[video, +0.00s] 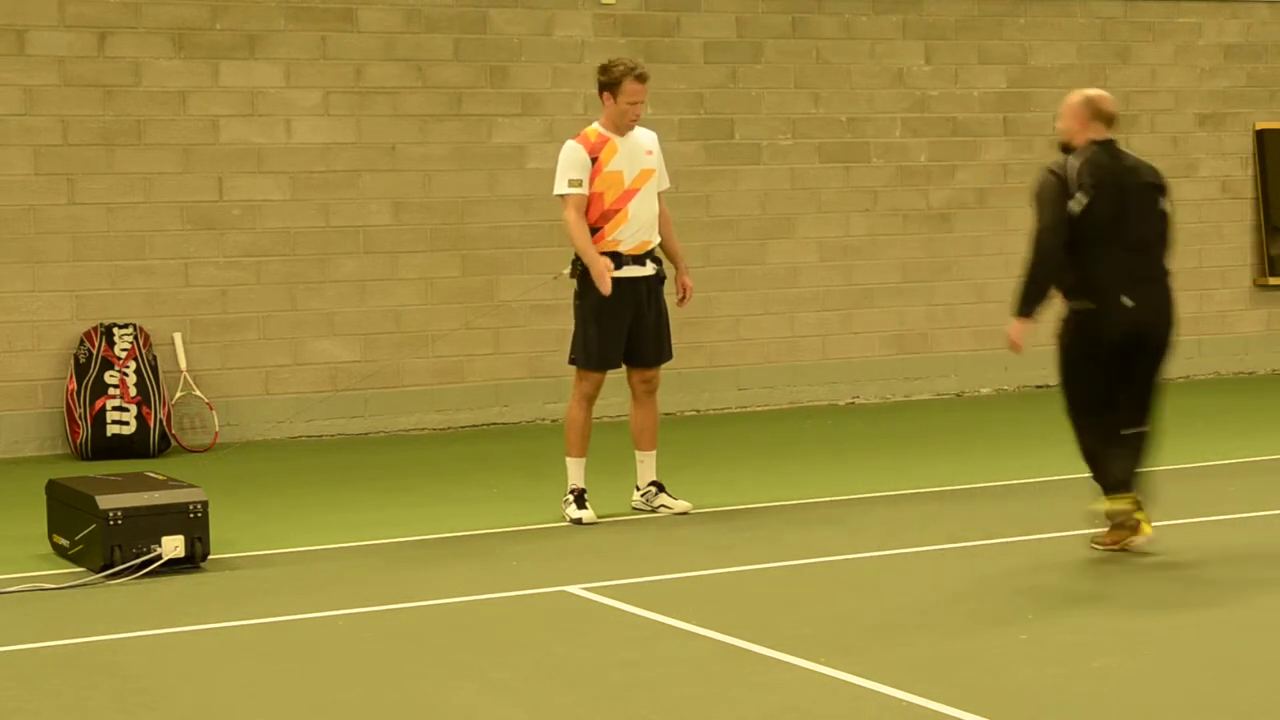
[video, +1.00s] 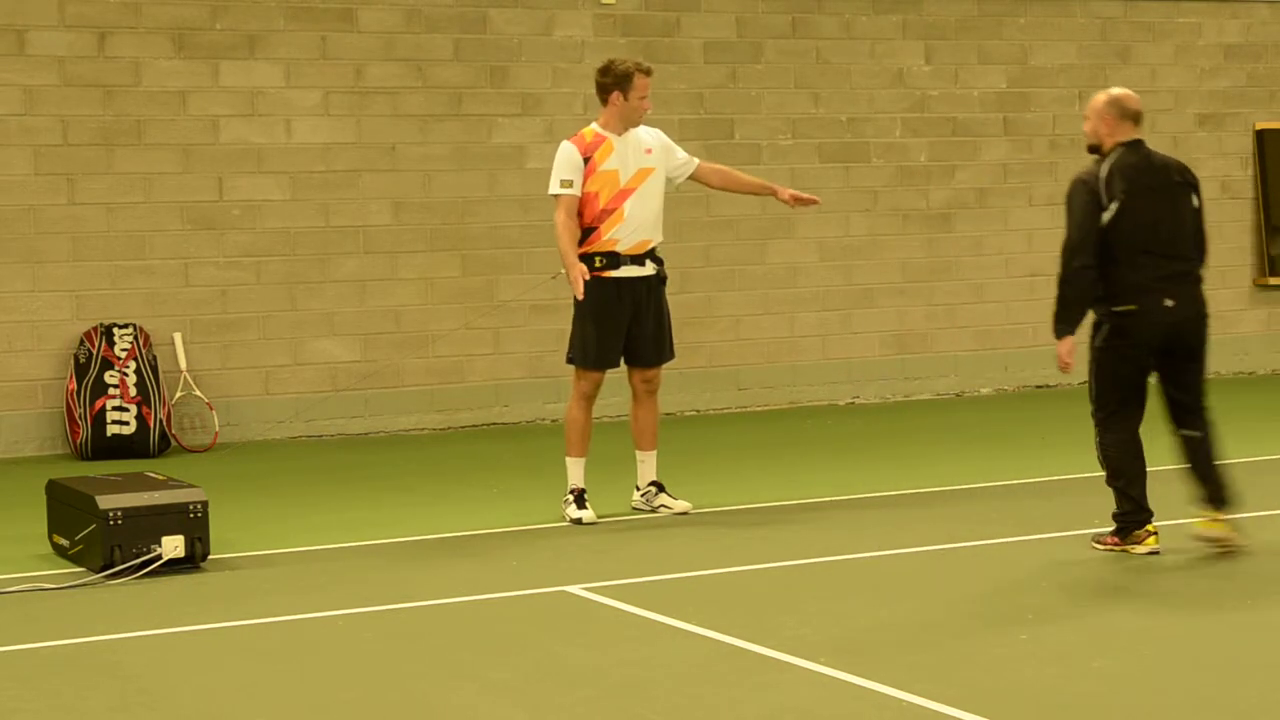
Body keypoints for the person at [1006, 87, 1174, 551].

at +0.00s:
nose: (1059, 126)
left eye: (1065, 118)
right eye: (1061, 117)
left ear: (1085, 122)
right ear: (1106, 122)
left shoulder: (1063, 176)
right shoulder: (1147, 175)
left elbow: (1050, 246)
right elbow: (1156, 245)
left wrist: (1024, 310)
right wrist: (1130, 286)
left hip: (1092, 318)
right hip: (1151, 315)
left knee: (1087, 408)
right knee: (1132, 408)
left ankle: (1125, 508)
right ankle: (1123, 511)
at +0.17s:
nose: (1104, 137)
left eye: (1110, 129)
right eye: (1107, 128)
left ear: (1133, 134)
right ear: (1153, 135)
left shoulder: (1112, 192)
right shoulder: (1199, 185)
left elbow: (1100, 270)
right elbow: (1222, 259)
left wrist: (1080, 334)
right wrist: (1201, 301)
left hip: (1141, 327)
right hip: (1201, 322)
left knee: (1118, 418)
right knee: (1224, 407)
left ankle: (1136, 524)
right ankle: (1272, 496)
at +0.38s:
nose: (1160, 155)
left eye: (1166, 148)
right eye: (1162, 147)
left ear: (1186, 155)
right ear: (1205, 156)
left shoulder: (1165, 212)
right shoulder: (1253, 201)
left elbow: (1160, 285)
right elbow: (1273, 267)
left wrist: (1160, 338)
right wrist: (1263, 315)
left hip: (1204, 337)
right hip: (1265, 336)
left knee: (1154, 420)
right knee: (1274, 424)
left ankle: (1141, 522)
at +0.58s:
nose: (1164, 150)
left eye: (1170, 142)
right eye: (1167, 142)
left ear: (1189, 148)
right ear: (1210, 149)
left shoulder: (1172, 204)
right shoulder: (1260, 193)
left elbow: (1163, 279)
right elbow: (1274, 261)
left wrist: (1162, 332)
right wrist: (1262, 309)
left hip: (1206, 331)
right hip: (1266, 331)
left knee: (1147, 418)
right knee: (1274, 424)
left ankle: (1139, 524)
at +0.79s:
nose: (1126, 144)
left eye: (1133, 136)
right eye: (1129, 136)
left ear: (1154, 143)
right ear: (1171, 145)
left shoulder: (1136, 200)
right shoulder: (1218, 191)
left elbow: (1128, 274)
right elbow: (1249, 264)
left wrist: (1110, 327)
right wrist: (1240, 312)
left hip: (1168, 331)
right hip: (1226, 329)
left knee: (1123, 421)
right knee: (1264, 420)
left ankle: (1136, 526)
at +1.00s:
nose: (1084, 128)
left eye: (1090, 119)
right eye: (1086, 119)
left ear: (1110, 123)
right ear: (1131, 123)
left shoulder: (1093, 182)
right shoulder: (1180, 173)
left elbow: (1080, 260)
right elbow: (1196, 250)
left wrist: (1065, 328)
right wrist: (1173, 289)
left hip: (1125, 320)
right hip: (1185, 313)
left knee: (1116, 420)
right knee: (1190, 412)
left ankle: (1134, 526)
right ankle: (1218, 507)